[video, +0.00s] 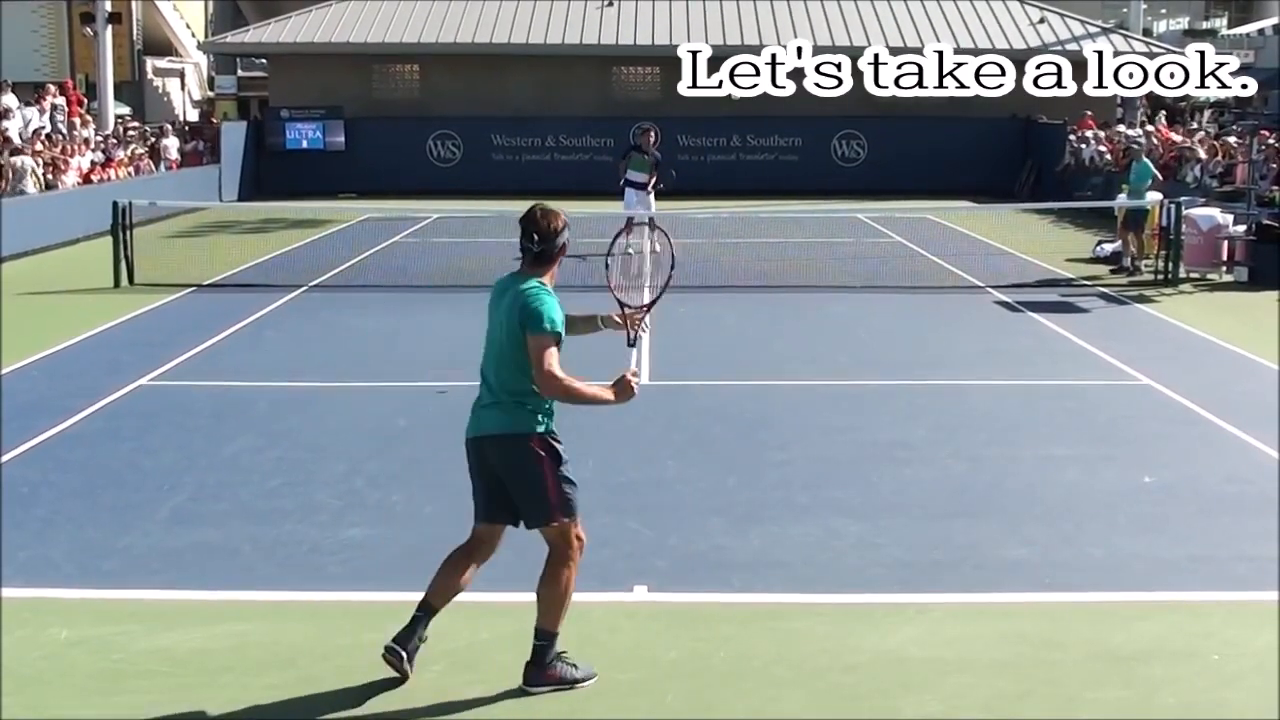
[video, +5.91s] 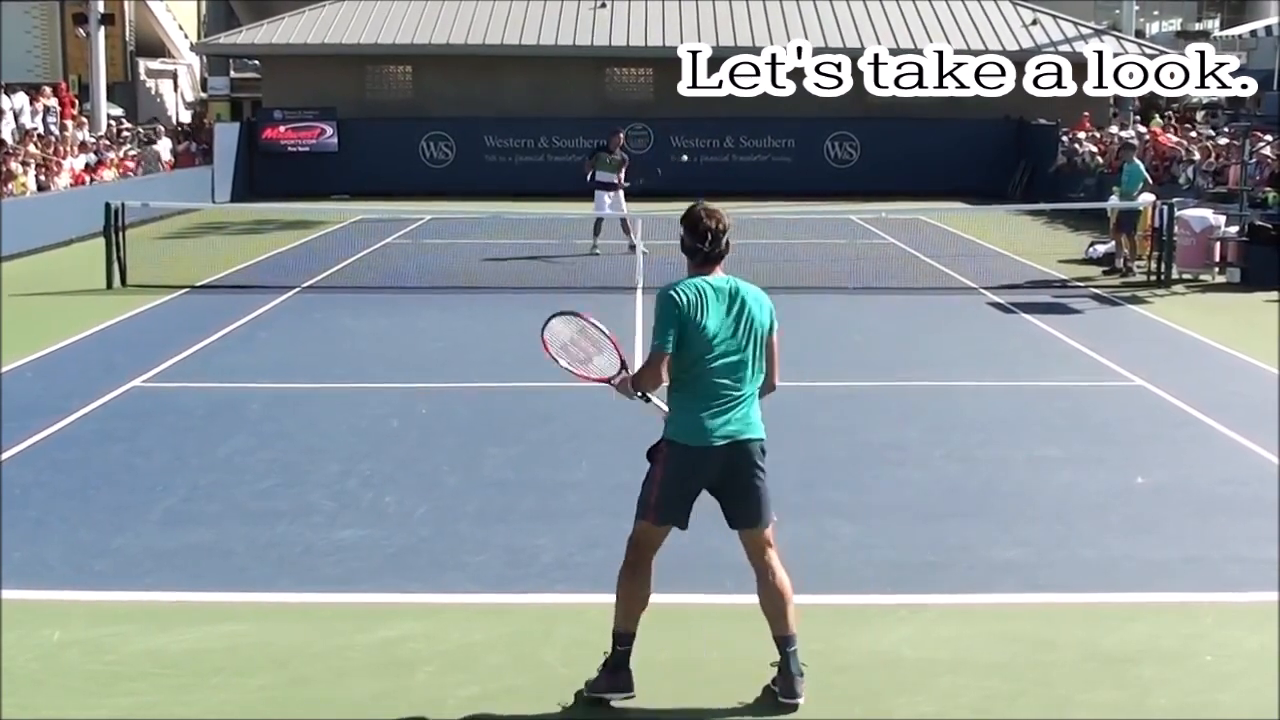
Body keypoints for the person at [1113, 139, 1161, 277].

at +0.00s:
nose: (1132, 153)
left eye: (1134, 150)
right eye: (1131, 150)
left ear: (1141, 150)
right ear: (1132, 151)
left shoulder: (1146, 163)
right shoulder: (1134, 164)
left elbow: (1158, 179)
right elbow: (1136, 182)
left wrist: (1146, 188)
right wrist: (1128, 188)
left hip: (1141, 204)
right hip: (1131, 203)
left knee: (1138, 234)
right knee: (1123, 232)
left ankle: (1139, 265)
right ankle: (1126, 263)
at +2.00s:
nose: (1130, 154)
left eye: (1133, 151)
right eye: (1129, 151)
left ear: (1139, 151)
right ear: (1129, 152)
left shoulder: (1145, 165)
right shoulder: (1132, 165)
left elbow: (1157, 181)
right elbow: (1133, 181)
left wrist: (1146, 193)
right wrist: (1126, 190)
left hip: (1140, 205)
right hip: (1129, 203)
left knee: (1136, 235)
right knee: (1121, 233)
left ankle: (1136, 265)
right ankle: (1122, 264)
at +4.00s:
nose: (1129, 154)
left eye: (1132, 151)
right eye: (1129, 151)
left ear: (1138, 152)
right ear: (1130, 152)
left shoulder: (1145, 166)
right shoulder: (1132, 165)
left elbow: (1156, 182)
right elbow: (1134, 182)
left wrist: (1144, 193)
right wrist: (1126, 191)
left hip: (1140, 206)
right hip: (1129, 204)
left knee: (1138, 236)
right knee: (1123, 234)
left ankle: (1137, 265)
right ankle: (1123, 263)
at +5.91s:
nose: (1122, 155)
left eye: (1124, 152)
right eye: (1122, 152)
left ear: (1131, 152)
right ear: (1124, 153)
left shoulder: (1138, 166)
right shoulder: (1125, 165)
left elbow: (1148, 182)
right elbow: (1125, 182)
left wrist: (1137, 194)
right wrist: (1119, 190)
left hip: (1133, 205)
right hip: (1123, 203)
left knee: (1130, 234)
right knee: (1117, 233)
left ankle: (1131, 265)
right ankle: (1118, 264)